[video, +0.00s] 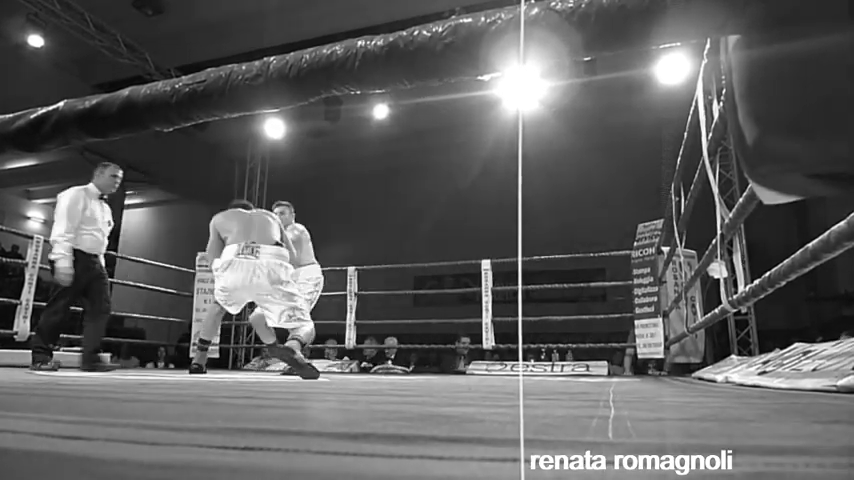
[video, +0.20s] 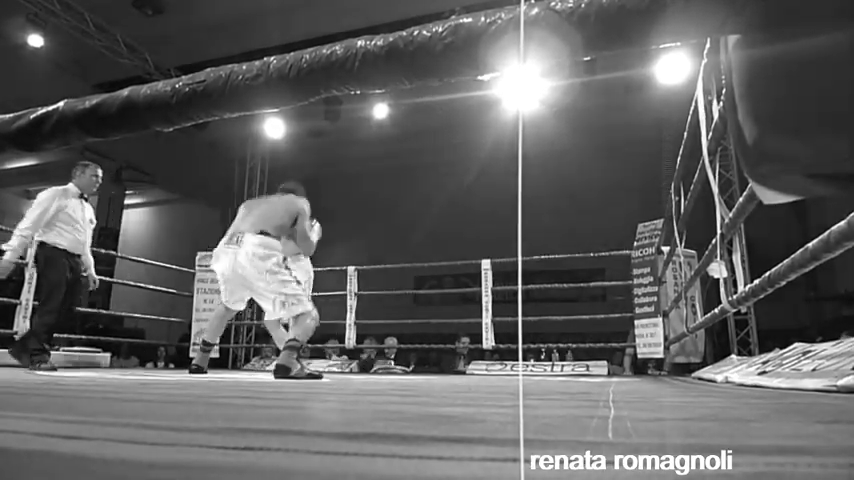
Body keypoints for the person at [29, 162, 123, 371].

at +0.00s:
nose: (118, 182)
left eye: (120, 179)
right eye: (114, 177)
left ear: (119, 183)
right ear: (99, 174)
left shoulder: (105, 209)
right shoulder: (74, 195)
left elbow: (100, 243)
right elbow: (62, 230)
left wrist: (101, 267)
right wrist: (63, 261)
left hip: (95, 262)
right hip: (73, 256)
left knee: (100, 307)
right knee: (58, 306)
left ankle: (90, 357)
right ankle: (40, 355)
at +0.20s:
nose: (98, 182)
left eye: (100, 179)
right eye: (94, 177)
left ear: (98, 182)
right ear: (77, 174)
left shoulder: (88, 211)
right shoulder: (55, 195)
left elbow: (85, 246)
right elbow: (27, 226)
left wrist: (90, 271)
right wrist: (10, 258)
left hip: (73, 260)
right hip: (52, 254)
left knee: (64, 308)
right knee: (50, 304)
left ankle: (24, 346)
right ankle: (38, 355)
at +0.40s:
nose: (86, 185)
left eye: (87, 182)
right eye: (82, 180)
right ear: (66, 178)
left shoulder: (76, 213)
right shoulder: (38, 197)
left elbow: (75, 246)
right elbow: (11, 230)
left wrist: (77, 272)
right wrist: (2, 256)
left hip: (55, 261)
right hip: (34, 254)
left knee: (27, 307)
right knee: (45, 303)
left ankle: (5, 352)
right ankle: (39, 356)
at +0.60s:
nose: (78, 184)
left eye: (79, 181)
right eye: (74, 179)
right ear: (58, 177)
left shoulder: (67, 211)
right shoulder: (28, 195)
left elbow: (64, 245)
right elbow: (5, 230)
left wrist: (63, 271)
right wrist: (3, 262)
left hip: (46, 261)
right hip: (23, 254)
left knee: (34, 305)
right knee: (26, 297)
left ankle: (15, 351)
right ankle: (10, 352)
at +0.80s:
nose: (66, 183)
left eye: (67, 179)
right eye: (63, 177)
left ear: (51, 179)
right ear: (46, 176)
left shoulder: (56, 209)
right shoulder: (17, 196)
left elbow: (54, 243)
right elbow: (1, 228)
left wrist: (51, 269)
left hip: (39, 263)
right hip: (15, 257)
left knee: (19, 311)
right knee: (5, 305)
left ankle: (5, 353)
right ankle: (3, 353)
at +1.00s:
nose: (55, 176)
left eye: (56, 172)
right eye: (51, 171)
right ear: (34, 170)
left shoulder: (50, 204)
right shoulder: (6, 190)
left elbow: (49, 241)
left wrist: (46, 269)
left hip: (31, 260)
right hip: (6, 255)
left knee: (16, 310)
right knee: (6, 307)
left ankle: (7, 353)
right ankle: (5, 353)